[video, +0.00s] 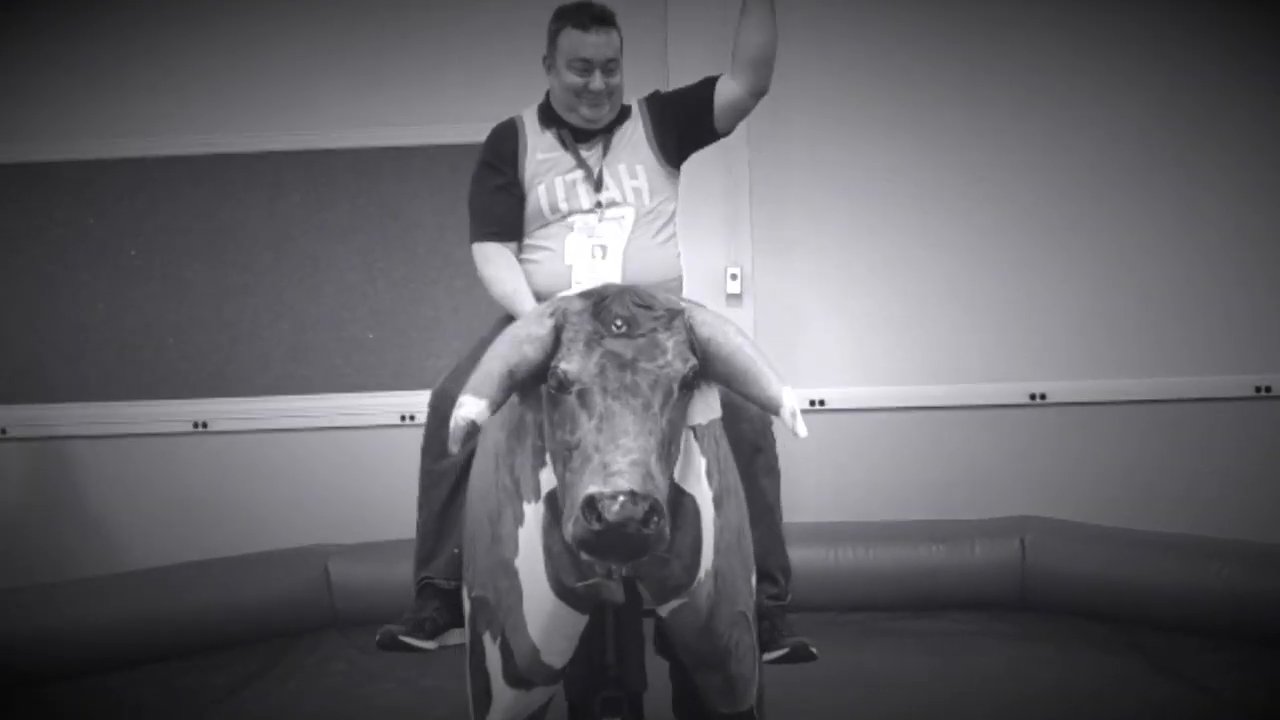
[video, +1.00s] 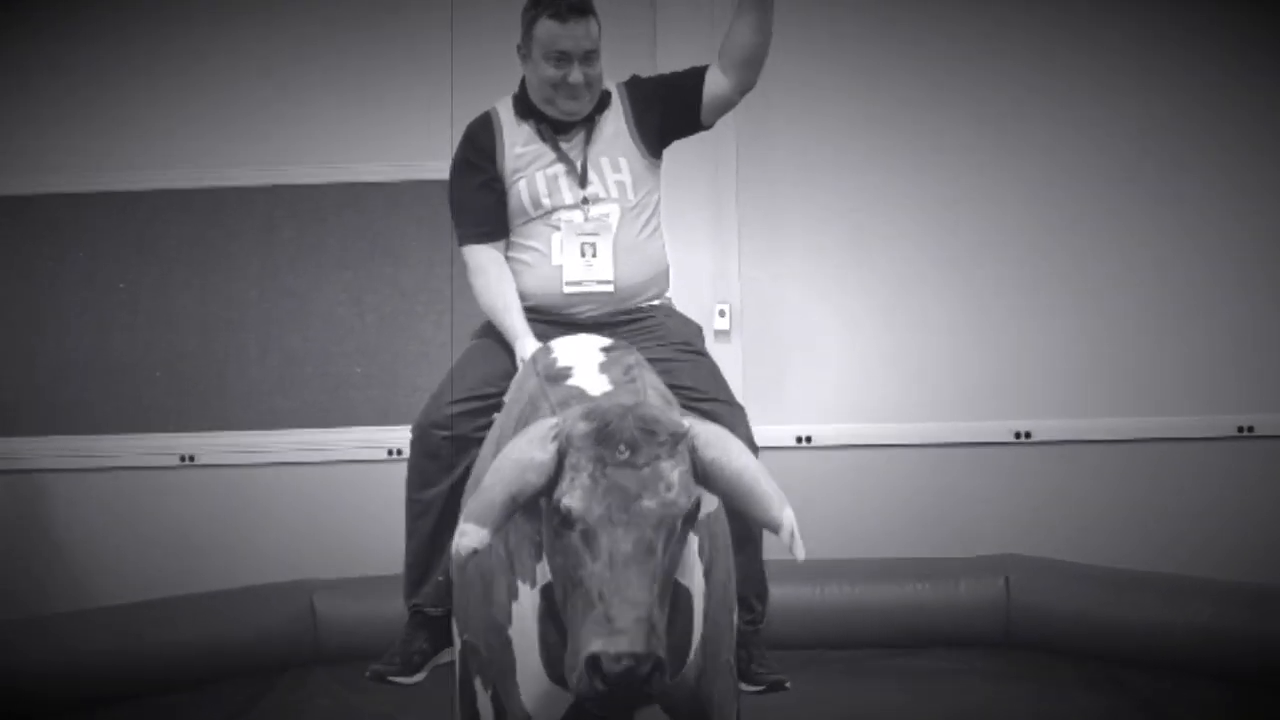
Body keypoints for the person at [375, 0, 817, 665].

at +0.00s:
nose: (596, 82)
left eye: (609, 67)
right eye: (580, 68)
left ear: (623, 66)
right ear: (548, 66)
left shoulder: (658, 122)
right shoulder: (513, 141)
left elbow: (748, 82)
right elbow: (492, 249)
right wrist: (536, 319)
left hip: (657, 312)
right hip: (548, 316)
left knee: (750, 419)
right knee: (450, 407)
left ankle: (767, 609)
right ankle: (440, 597)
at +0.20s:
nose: (598, 83)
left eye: (611, 67)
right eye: (581, 68)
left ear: (626, 63)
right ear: (548, 63)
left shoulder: (657, 117)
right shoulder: (510, 137)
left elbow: (745, 78)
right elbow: (489, 246)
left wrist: (731, 0)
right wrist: (533, 321)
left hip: (652, 310)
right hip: (544, 314)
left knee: (748, 422)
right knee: (450, 402)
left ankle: (763, 609)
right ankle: (439, 597)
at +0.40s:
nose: (599, 83)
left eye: (612, 67)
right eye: (581, 67)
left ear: (626, 60)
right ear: (547, 59)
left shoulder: (655, 111)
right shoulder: (505, 133)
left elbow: (742, 72)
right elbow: (486, 246)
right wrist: (529, 320)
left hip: (651, 307)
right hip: (541, 314)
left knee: (745, 417)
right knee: (448, 406)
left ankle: (760, 608)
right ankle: (438, 600)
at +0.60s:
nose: (592, 81)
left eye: (605, 65)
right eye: (575, 66)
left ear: (619, 55)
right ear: (539, 57)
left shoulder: (649, 106)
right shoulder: (498, 131)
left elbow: (739, 64)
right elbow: (483, 246)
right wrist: (525, 326)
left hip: (645, 306)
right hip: (534, 313)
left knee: (740, 424)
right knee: (442, 412)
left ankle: (752, 614)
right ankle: (434, 605)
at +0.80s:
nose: (582, 81)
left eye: (596, 64)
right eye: (565, 66)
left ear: (611, 55)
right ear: (531, 58)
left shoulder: (644, 108)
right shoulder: (492, 135)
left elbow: (739, 71)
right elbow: (482, 249)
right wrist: (523, 331)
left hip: (644, 316)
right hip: (528, 322)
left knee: (734, 437)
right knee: (440, 423)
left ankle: (745, 628)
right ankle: (430, 616)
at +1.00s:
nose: (574, 75)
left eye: (588, 58)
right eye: (557, 59)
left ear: (603, 50)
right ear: (524, 54)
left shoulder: (640, 108)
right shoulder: (488, 138)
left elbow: (733, 77)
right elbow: (483, 256)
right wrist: (526, 348)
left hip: (643, 318)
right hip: (529, 325)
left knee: (732, 443)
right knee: (438, 431)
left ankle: (742, 635)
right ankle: (429, 622)